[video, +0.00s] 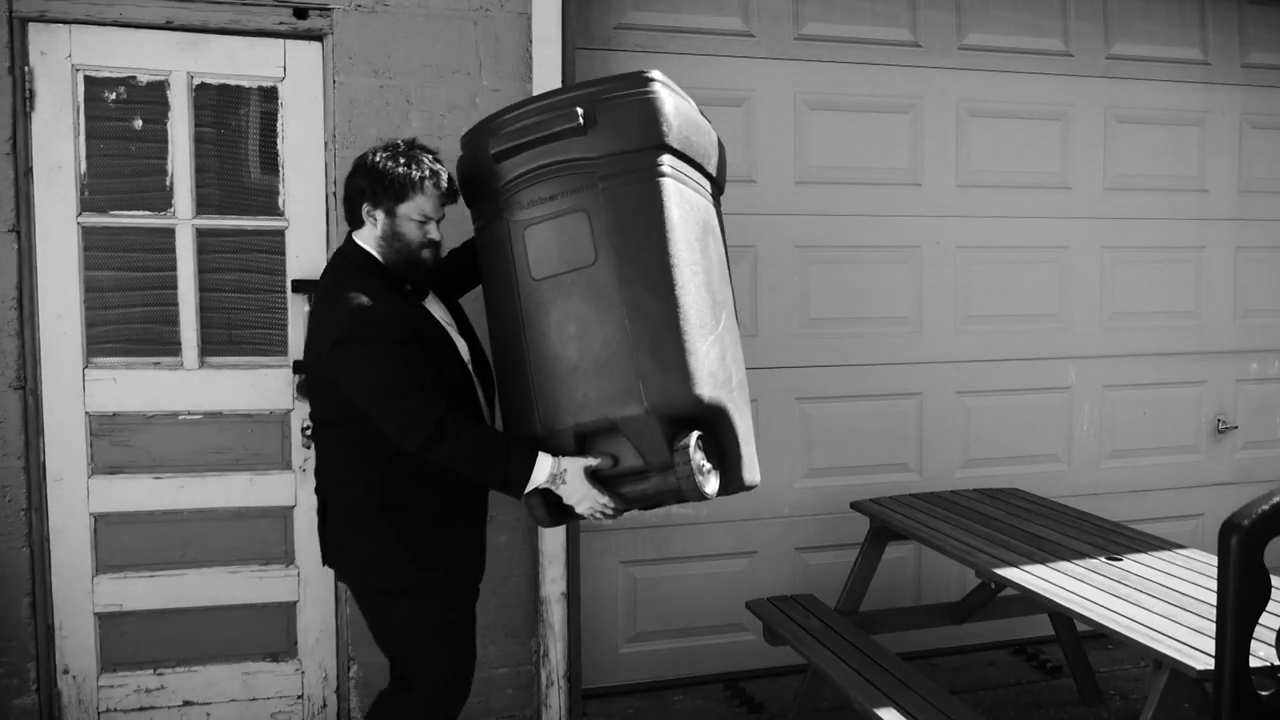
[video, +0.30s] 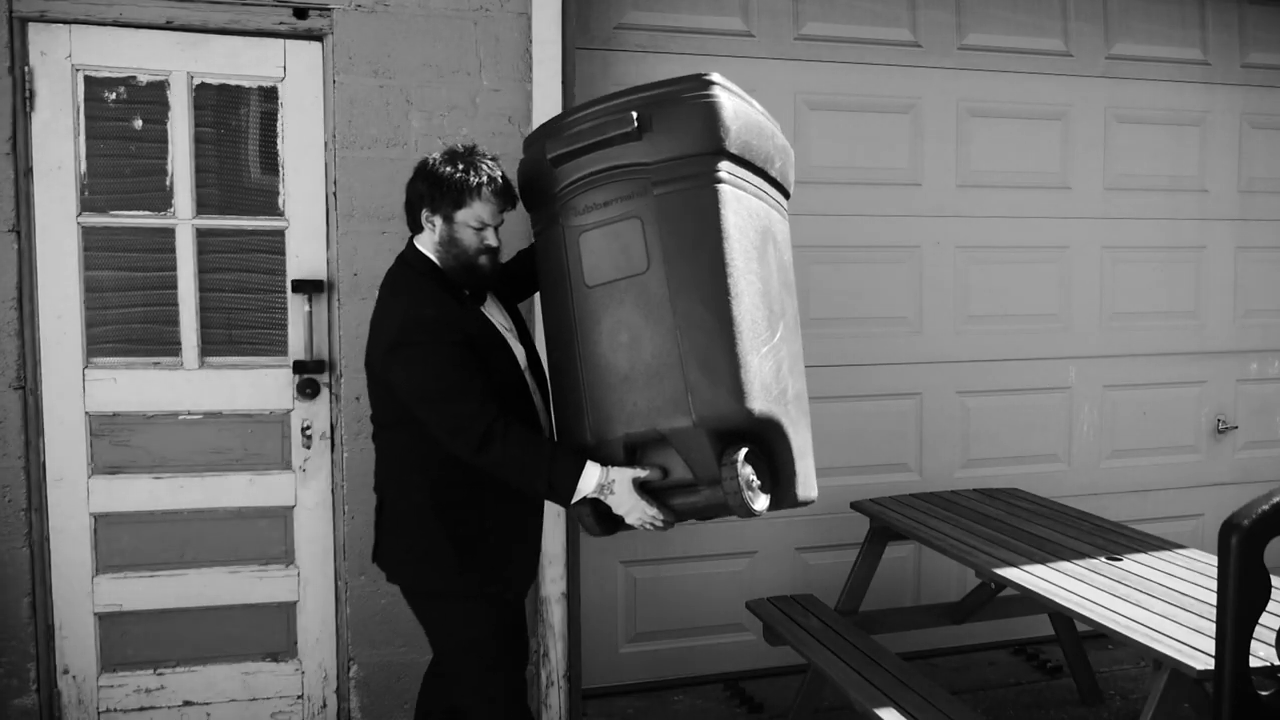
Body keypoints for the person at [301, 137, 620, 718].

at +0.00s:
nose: (436, 236)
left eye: (438, 221)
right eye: (422, 222)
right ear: (372, 216)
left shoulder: (401, 278)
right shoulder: (356, 309)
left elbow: (461, 272)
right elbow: (430, 431)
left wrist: (520, 220)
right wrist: (546, 472)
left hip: (437, 524)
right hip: (396, 538)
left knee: (438, 681)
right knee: (431, 685)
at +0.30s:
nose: (494, 241)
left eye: (497, 226)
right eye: (479, 228)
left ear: (504, 212)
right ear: (430, 223)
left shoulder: (465, 281)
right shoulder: (415, 313)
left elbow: (521, 275)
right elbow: (483, 436)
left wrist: (580, 224)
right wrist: (597, 480)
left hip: (491, 536)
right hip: (451, 550)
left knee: (467, 685)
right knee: (489, 692)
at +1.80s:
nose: (585, 248)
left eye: (595, 230)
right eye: (567, 239)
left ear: (615, 219)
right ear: (543, 241)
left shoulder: (659, 256)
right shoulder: (526, 323)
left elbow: (743, 240)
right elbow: (491, 414)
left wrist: (737, 203)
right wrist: (512, 422)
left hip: (687, 502)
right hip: (586, 516)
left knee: (674, 672)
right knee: (586, 674)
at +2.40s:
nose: (584, 254)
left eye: (594, 236)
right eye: (564, 242)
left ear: (613, 219)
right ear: (531, 236)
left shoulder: (657, 271)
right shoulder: (494, 316)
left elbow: (754, 306)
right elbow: (422, 399)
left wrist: (780, 329)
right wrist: (467, 433)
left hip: (665, 534)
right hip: (557, 550)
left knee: (672, 691)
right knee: (566, 703)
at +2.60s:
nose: (609, 263)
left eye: (624, 245)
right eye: (590, 248)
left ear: (647, 231)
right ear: (563, 239)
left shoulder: (687, 285)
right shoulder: (517, 319)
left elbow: (780, 366)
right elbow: (456, 415)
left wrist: (804, 429)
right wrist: (488, 486)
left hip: (682, 543)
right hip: (571, 550)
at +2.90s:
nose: (665, 291)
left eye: (682, 275)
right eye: (648, 273)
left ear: (706, 255)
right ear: (621, 253)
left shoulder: (741, 308)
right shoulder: (566, 333)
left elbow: (801, 419)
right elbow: (517, 441)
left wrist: (823, 517)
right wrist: (518, 549)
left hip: (711, 557)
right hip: (601, 564)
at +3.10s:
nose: (685, 315)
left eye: (702, 300)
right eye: (670, 298)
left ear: (728, 280)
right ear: (642, 276)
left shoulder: (760, 319)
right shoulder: (584, 343)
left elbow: (805, 431)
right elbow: (535, 459)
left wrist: (831, 551)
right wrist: (533, 577)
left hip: (720, 562)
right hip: (612, 567)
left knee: (714, 706)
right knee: (607, 703)